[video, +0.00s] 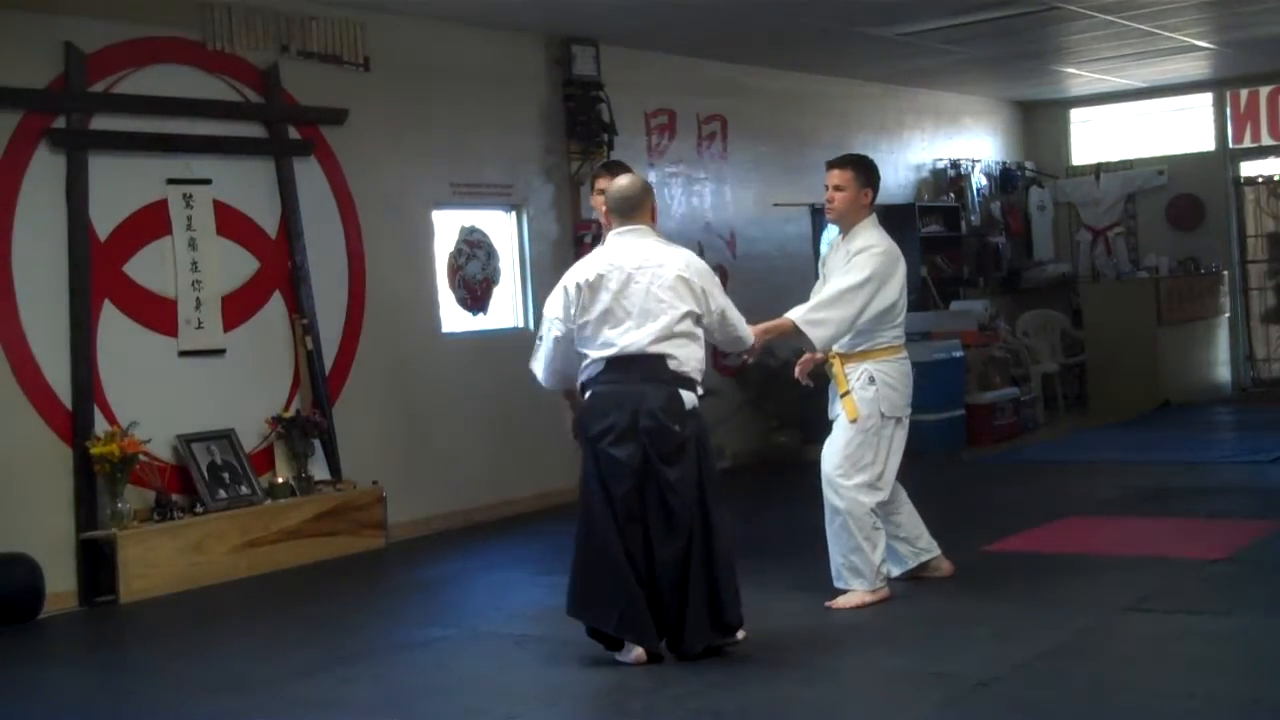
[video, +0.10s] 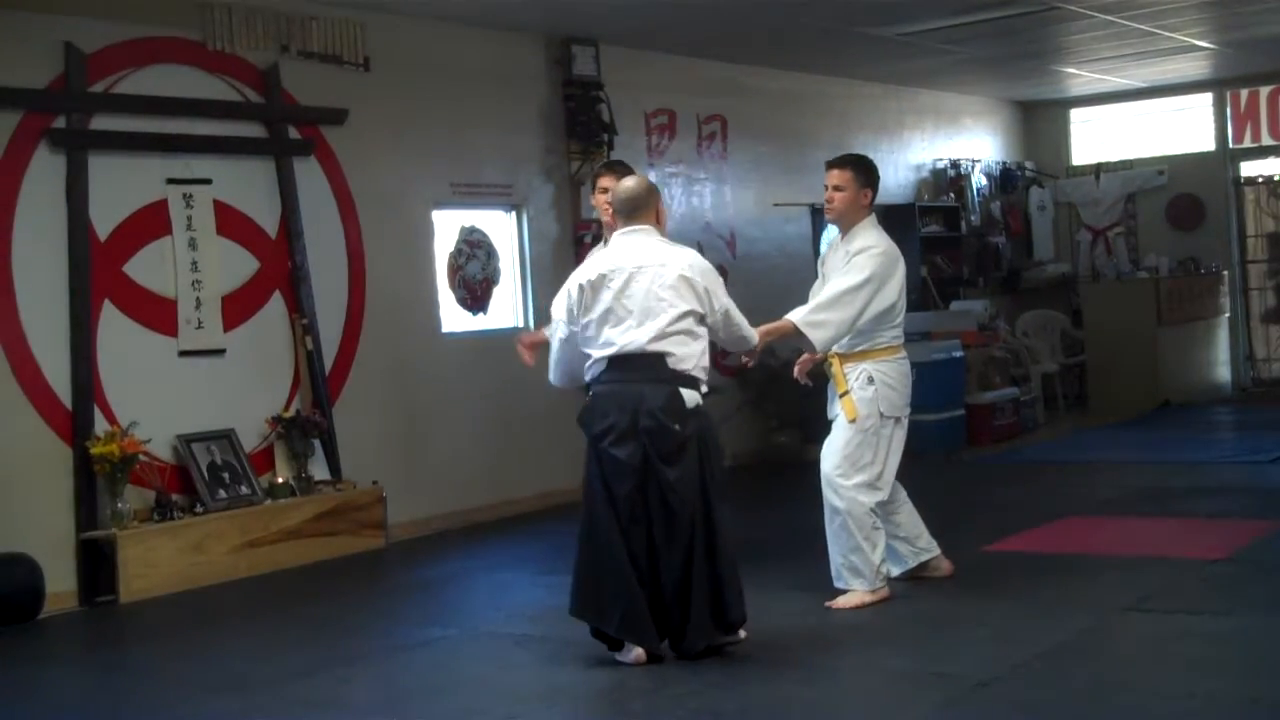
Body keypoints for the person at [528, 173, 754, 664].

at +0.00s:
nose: (595, 216)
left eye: (596, 210)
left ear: (605, 215)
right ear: (653, 211)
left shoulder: (581, 274)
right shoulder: (687, 265)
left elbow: (551, 369)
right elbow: (738, 339)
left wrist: (579, 402)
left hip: (606, 401)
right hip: (671, 398)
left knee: (616, 517)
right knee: (689, 511)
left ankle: (635, 638)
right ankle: (714, 623)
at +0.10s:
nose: (669, 215)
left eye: (606, 208)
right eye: (666, 207)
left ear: (613, 216)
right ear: (660, 212)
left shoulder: (584, 275)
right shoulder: (689, 264)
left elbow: (562, 372)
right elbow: (740, 338)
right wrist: (746, 348)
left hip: (608, 400)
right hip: (675, 396)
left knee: (617, 518)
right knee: (695, 511)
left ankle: (635, 639)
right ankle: (718, 622)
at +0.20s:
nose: (679, 217)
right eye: (676, 210)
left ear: (625, 218)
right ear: (669, 214)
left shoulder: (594, 269)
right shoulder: (696, 263)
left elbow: (578, 360)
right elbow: (738, 332)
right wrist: (758, 352)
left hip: (614, 400)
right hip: (681, 396)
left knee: (621, 519)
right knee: (704, 511)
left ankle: (634, 638)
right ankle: (721, 623)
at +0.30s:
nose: (695, 220)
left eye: (692, 213)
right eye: (693, 213)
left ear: (640, 217)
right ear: (685, 216)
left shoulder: (604, 269)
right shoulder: (710, 266)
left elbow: (600, 341)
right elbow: (758, 343)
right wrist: (768, 360)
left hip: (624, 399)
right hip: (689, 398)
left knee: (628, 518)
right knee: (727, 507)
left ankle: (635, 639)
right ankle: (770, 616)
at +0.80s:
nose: (831, 227)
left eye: (830, 218)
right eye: (829, 219)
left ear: (782, 221)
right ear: (818, 223)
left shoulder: (746, 260)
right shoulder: (825, 274)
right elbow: (870, 325)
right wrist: (911, 350)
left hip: (704, 378)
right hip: (765, 390)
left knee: (684, 503)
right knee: (790, 510)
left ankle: (648, 617)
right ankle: (812, 623)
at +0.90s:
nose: (846, 234)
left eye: (845, 225)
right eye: (845, 226)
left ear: (798, 223)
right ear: (834, 226)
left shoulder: (762, 260)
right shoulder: (835, 276)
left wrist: (880, 307)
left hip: (710, 382)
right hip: (770, 394)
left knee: (688, 505)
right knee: (799, 514)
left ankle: (649, 614)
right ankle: (815, 622)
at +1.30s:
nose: (859, 236)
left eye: (859, 228)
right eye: (860, 228)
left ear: (810, 223)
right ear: (848, 228)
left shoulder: (772, 261)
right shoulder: (853, 279)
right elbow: (914, 338)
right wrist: (941, 345)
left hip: (719, 379)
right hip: (779, 391)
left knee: (696, 501)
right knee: (803, 513)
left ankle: (653, 612)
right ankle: (811, 625)